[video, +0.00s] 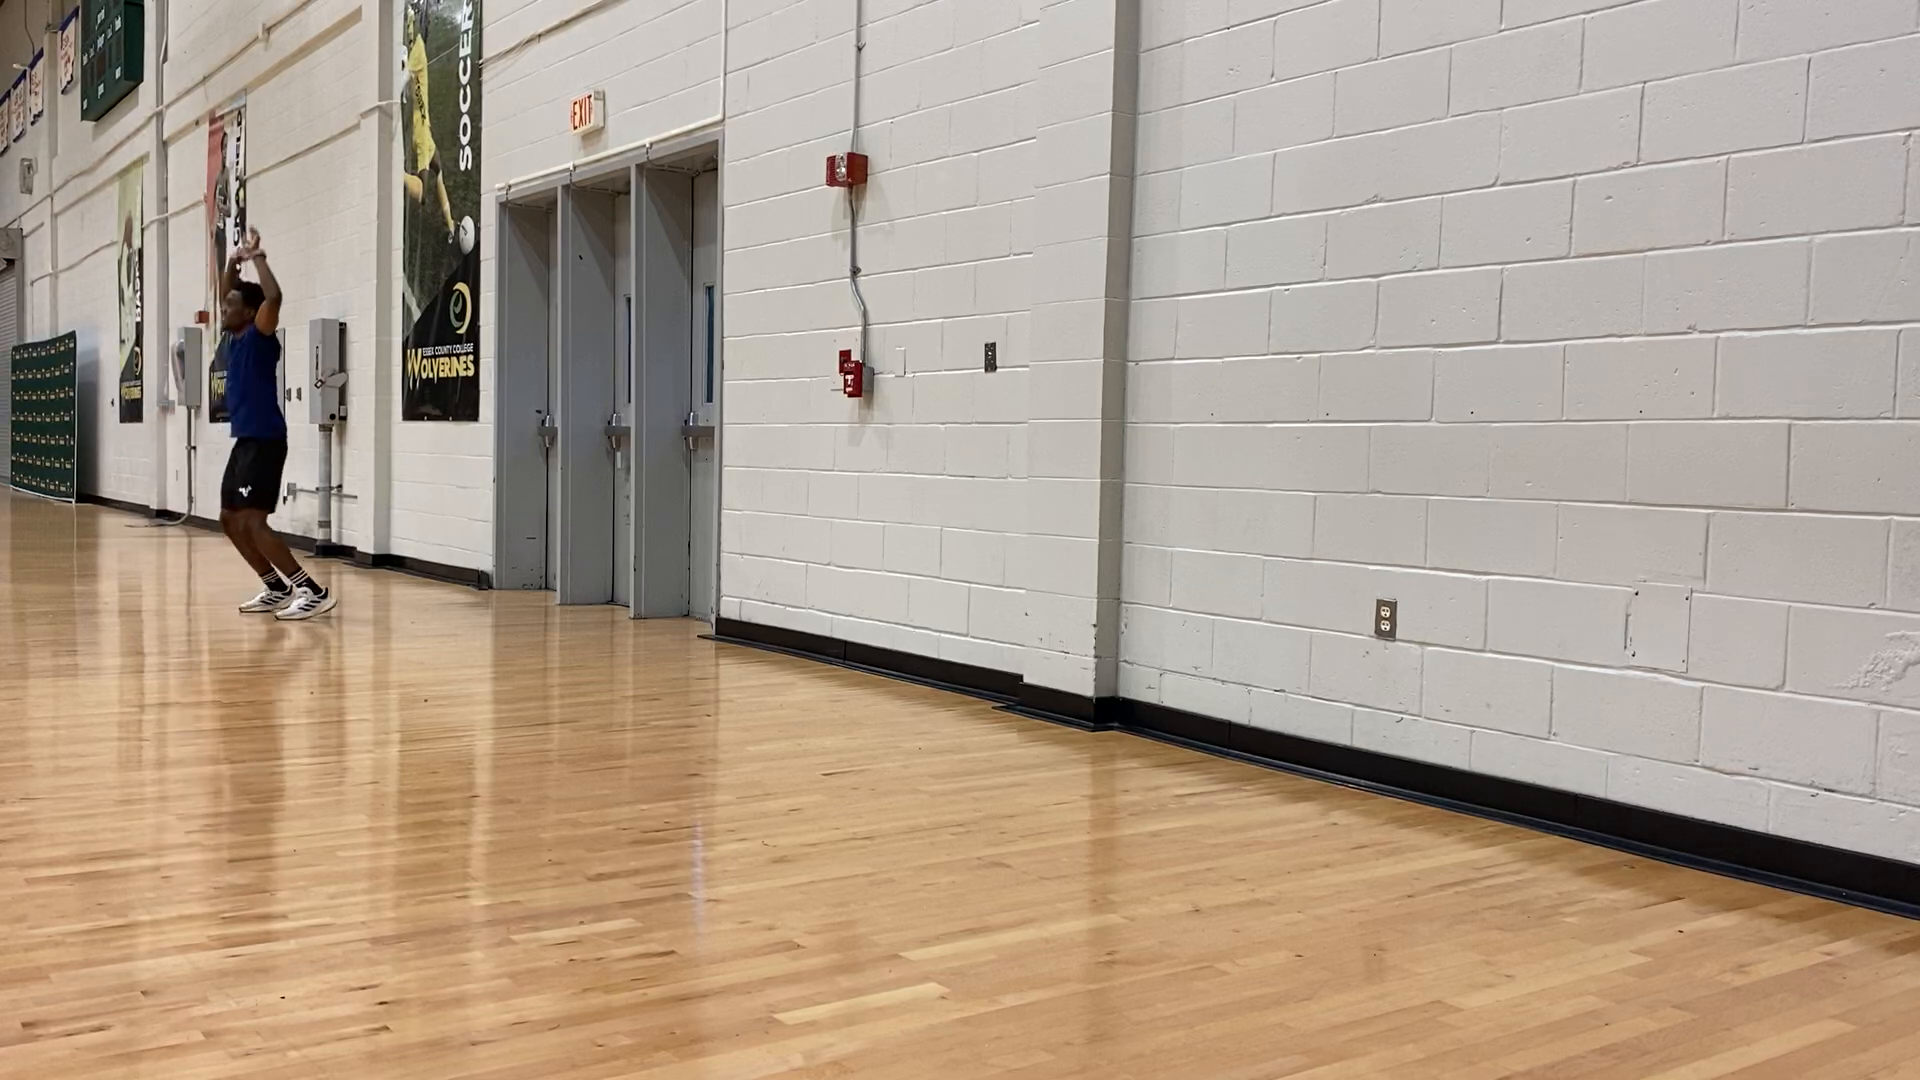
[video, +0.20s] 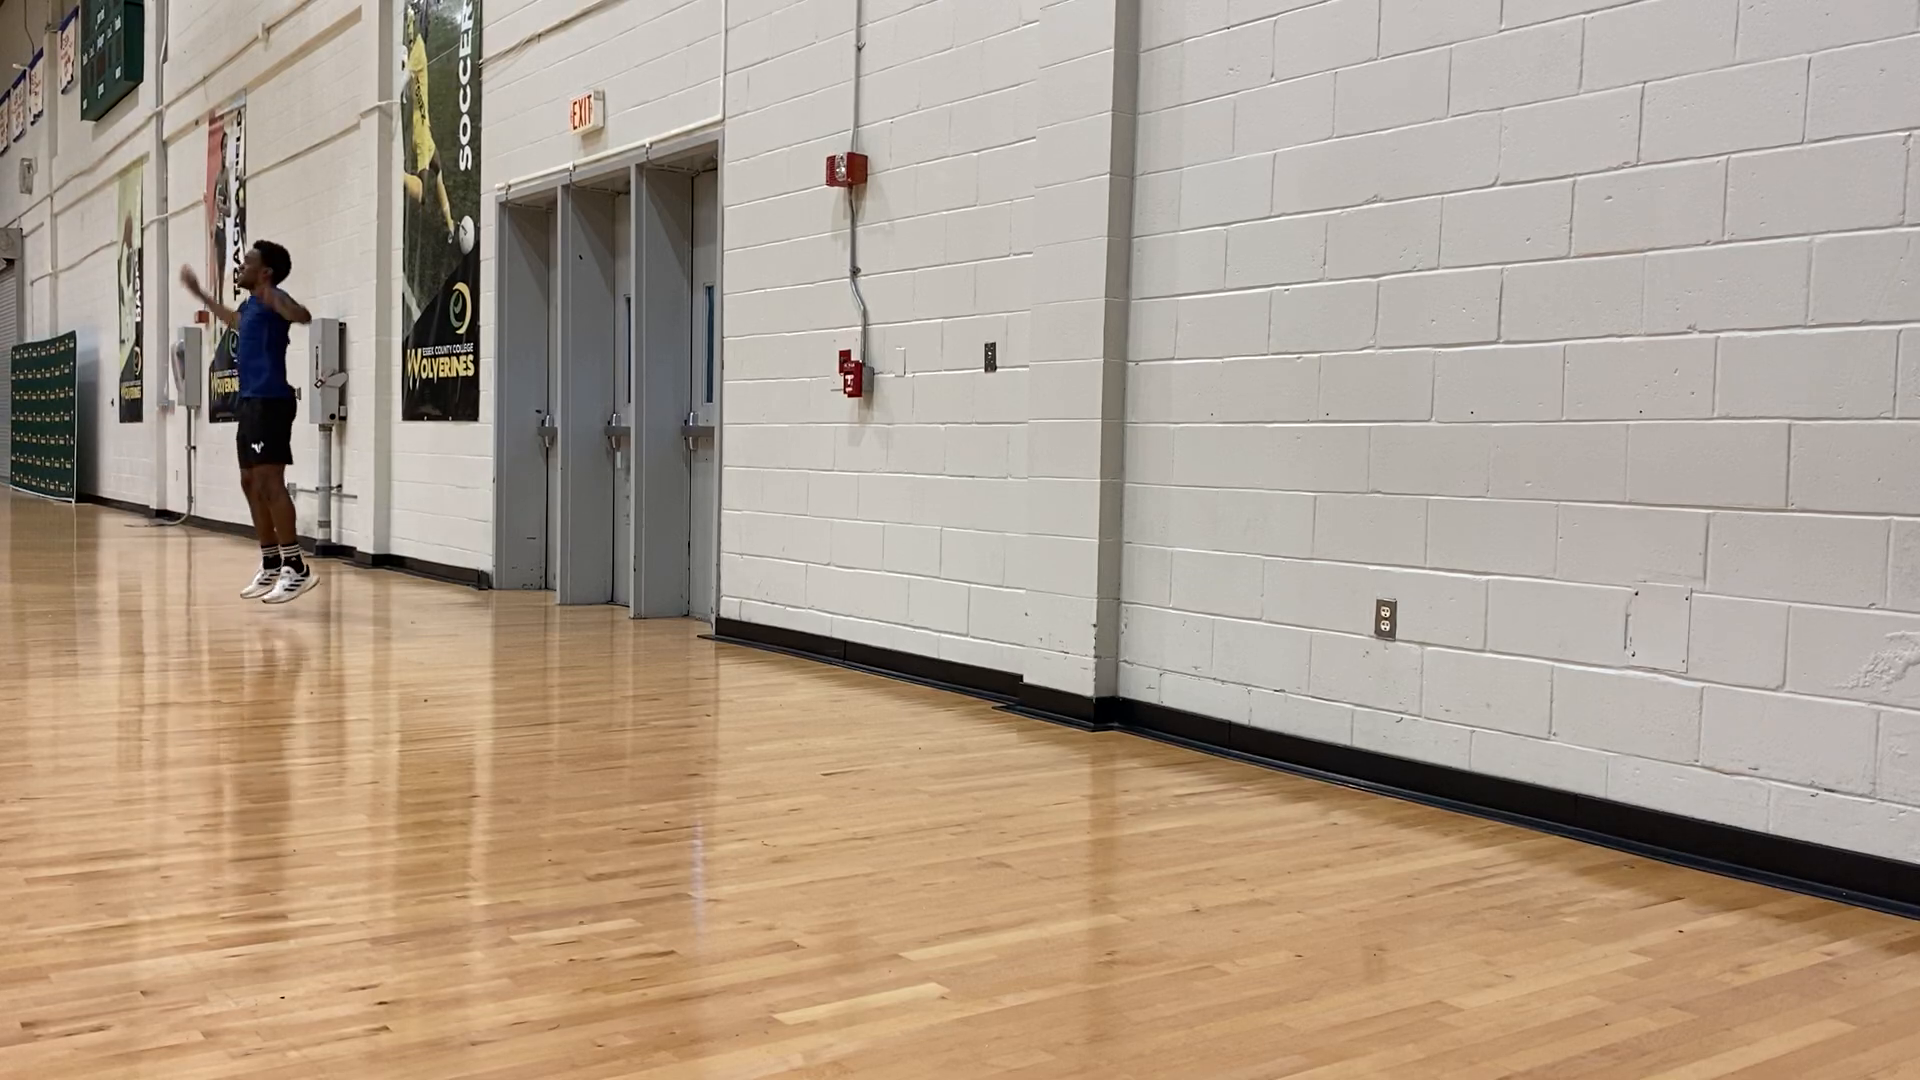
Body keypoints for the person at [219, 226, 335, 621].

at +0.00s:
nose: (223, 310)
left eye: (230, 305)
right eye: (223, 304)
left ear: (248, 309)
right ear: (230, 308)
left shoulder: (259, 336)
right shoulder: (236, 337)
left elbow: (273, 298)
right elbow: (225, 296)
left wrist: (258, 257)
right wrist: (233, 261)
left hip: (266, 440)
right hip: (245, 440)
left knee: (252, 521)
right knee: (230, 520)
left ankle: (310, 591)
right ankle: (277, 587)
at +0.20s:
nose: (240, 264)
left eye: (247, 261)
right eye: (242, 259)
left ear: (265, 271)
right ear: (254, 271)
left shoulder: (274, 299)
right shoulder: (249, 305)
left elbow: (302, 317)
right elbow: (234, 321)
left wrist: (272, 295)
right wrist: (199, 293)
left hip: (272, 402)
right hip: (251, 403)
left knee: (270, 484)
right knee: (251, 484)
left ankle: (296, 570)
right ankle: (271, 567)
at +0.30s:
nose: (244, 269)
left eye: (252, 265)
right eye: (247, 264)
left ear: (271, 274)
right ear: (258, 274)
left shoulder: (280, 305)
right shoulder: (256, 309)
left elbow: (308, 351)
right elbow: (248, 361)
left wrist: (287, 376)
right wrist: (207, 363)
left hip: (276, 405)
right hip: (255, 406)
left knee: (267, 488)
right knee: (253, 488)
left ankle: (294, 572)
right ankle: (278, 570)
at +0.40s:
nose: (249, 293)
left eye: (256, 289)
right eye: (252, 287)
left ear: (275, 299)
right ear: (268, 300)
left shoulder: (289, 335)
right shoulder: (264, 336)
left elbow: (311, 390)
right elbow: (269, 395)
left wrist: (283, 432)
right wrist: (240, 421)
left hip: (281, 432)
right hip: (261, 430)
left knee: (260, 508)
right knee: (253, 510)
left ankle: (301, 584)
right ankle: (295, 584)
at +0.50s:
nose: (255, 301)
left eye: (262, 297)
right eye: (257, 296)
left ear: (281, 307)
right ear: (275, 308)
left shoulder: (294, 345)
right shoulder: (270, 346)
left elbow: (311, 399)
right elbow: (270, 408)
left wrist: (279, 434)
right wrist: (236, 429)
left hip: (286, 440)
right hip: (267, 438)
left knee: (263, 516)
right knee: (253, 519)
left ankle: (304, 590)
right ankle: (299, 588)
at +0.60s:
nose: (261, 279)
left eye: (268, 274)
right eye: (263, 274)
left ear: (289, 282)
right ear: (278, 282)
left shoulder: (298, 317)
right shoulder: (273, 320)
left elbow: (315, 359)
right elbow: (267, 368)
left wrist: (282, 364)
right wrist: (230, 363)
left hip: (291, 417)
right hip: (271, 416)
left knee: (281, 495)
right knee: (272, 495)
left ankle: (301, 580)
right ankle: (290, 578)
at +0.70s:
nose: (267, 272)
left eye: (275, 267)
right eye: (268, 266)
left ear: (293, 275)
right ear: (272, 275)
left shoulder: (301, 302)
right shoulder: (273, 312)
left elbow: (317, 323)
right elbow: (259, 333)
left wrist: (281, 290)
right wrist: (224, 295)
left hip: (296, 405)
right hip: (273, 406)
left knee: (287, 486)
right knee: (272, 487)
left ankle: (311, 574)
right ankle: (292, 571)